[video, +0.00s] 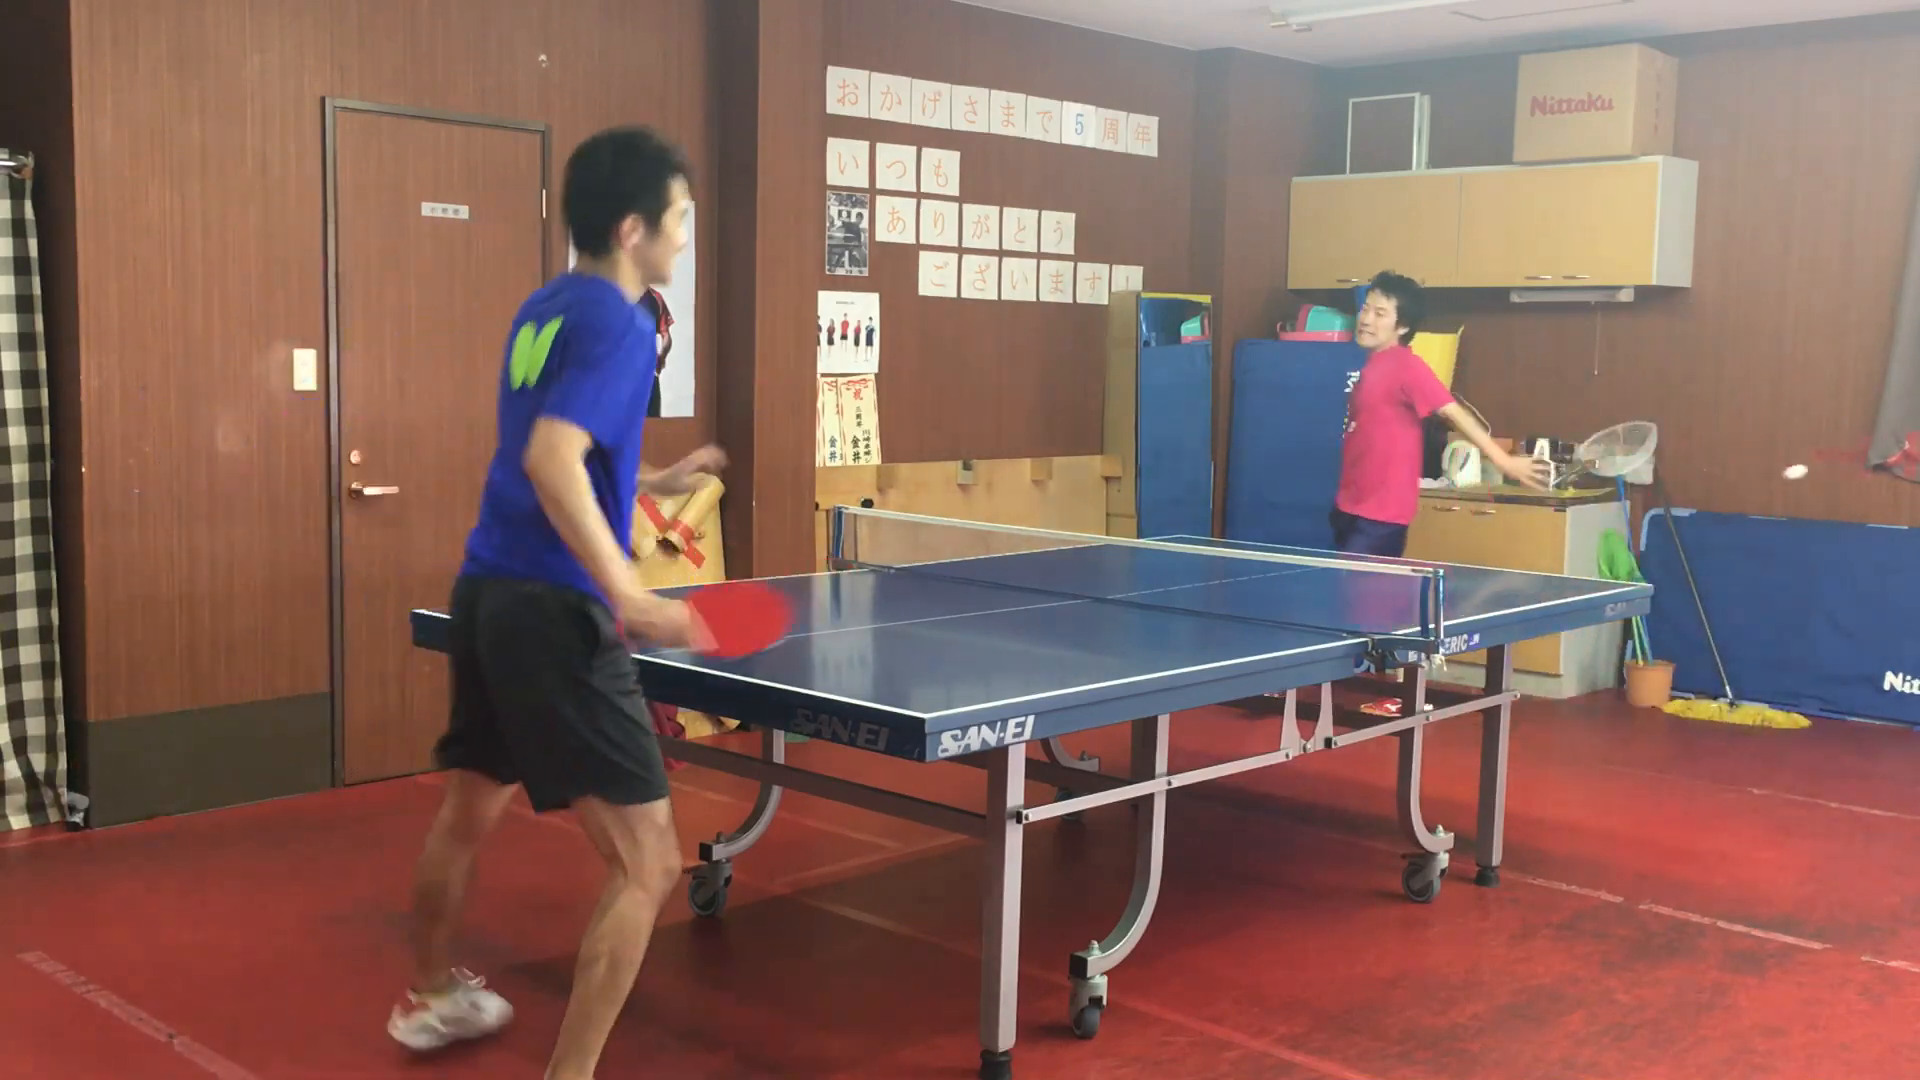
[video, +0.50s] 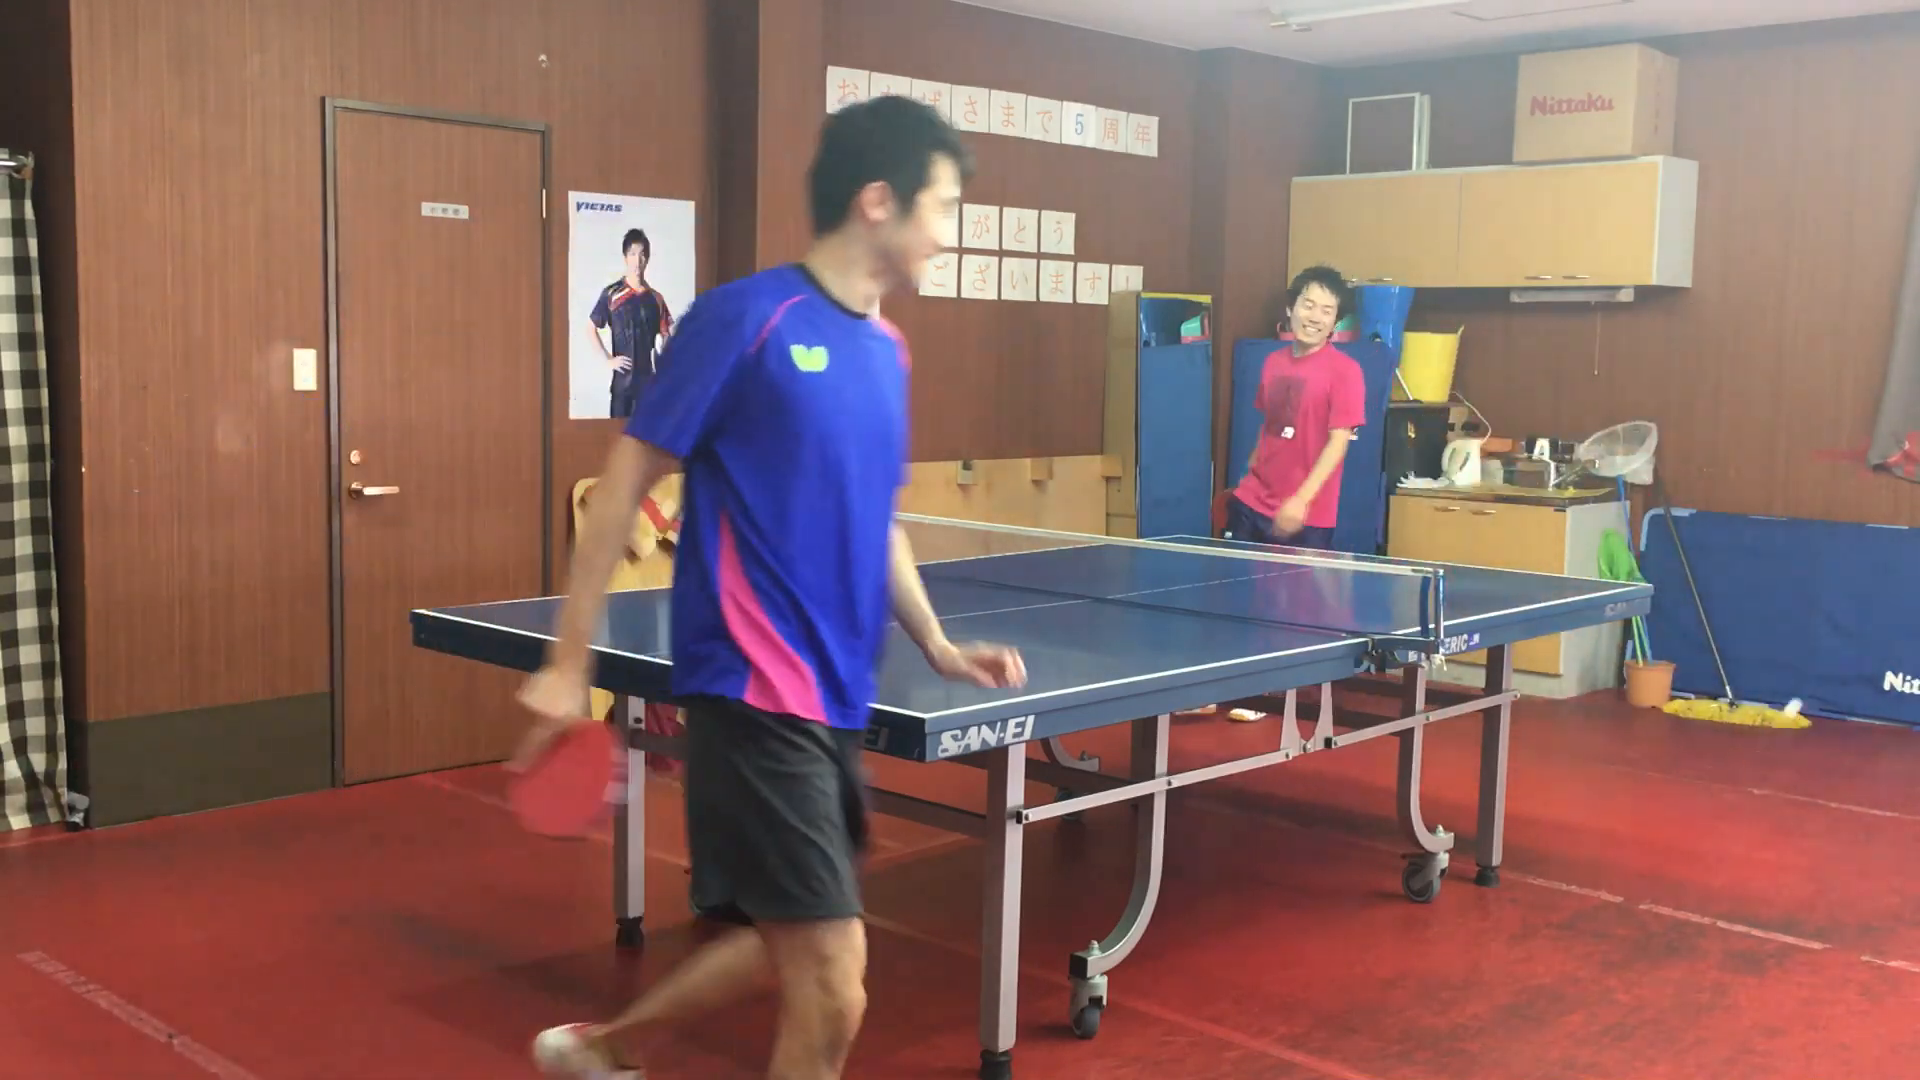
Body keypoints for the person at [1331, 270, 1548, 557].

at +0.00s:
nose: (1365, 318)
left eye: (1379, 312)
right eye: (1364, 308)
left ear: (1402, 327)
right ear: (1360, 310)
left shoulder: (1406, 364)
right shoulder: (1374, 363)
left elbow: (1454, 413)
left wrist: (1504, 461)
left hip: (1380, 515)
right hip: (1350, 508)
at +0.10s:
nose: (1349, 318)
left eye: (1364, 314)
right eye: (1349, 308)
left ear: (1384, 329)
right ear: (1343, 309)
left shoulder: (1385, 369)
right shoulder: (1349, 366)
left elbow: (1429, 424)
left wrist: (1474, 477)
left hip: (1351, 521)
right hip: (1320, 513)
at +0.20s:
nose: (1334, 314)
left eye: (1349, 311)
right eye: (1333, 303)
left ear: (1368, 325)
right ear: (1326, 306)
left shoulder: (1362, 363)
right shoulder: (1330, 360)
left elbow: (1399, 428)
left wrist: (1432, 488)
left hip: (1328, 514)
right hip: (1296, 505)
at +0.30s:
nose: (1322, 314)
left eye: (1336, 310)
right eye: (1319, 302)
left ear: (1352, 324)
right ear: (1309, 306)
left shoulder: (1352, 366)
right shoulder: (1314, 360)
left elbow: (1375, 434)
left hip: (1318, 512)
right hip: (1278, 501)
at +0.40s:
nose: (1315, 315)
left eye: (1328, 309)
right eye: (1309, 303)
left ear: (1341, 321)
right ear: (1296, 308)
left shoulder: (1346, 369)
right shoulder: (1293, 362)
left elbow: (1356, 442)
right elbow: (1292, 429)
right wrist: (1267, 470)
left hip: (1311, 517)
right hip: (1262, 505)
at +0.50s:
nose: (1316, 317)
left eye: (1327, 311)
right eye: (1307, 306)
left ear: (1335, 321)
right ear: (1290, 310)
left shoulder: (1344, 371)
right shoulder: (1273, 362)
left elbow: (1338, 443)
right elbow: (1269, 425)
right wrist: (1251, 475)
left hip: (1307, 517)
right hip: (1254, 505)